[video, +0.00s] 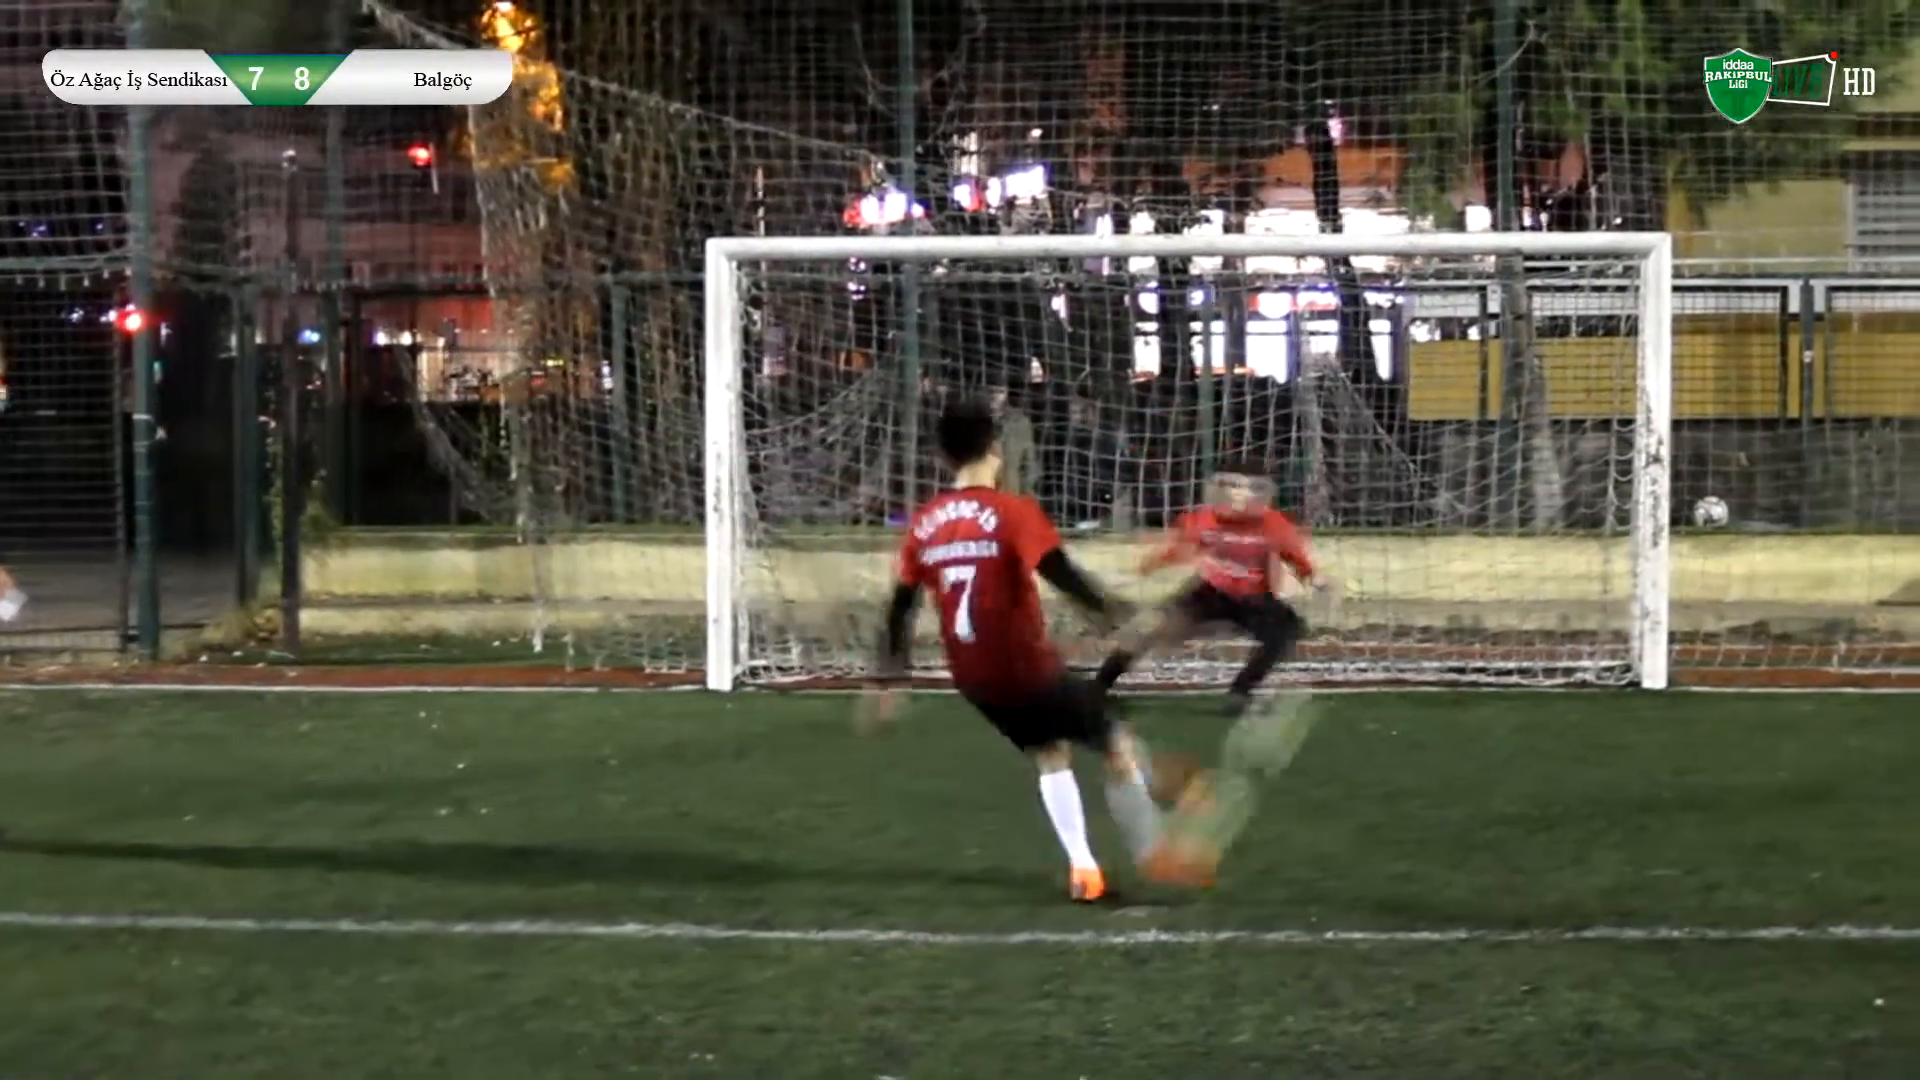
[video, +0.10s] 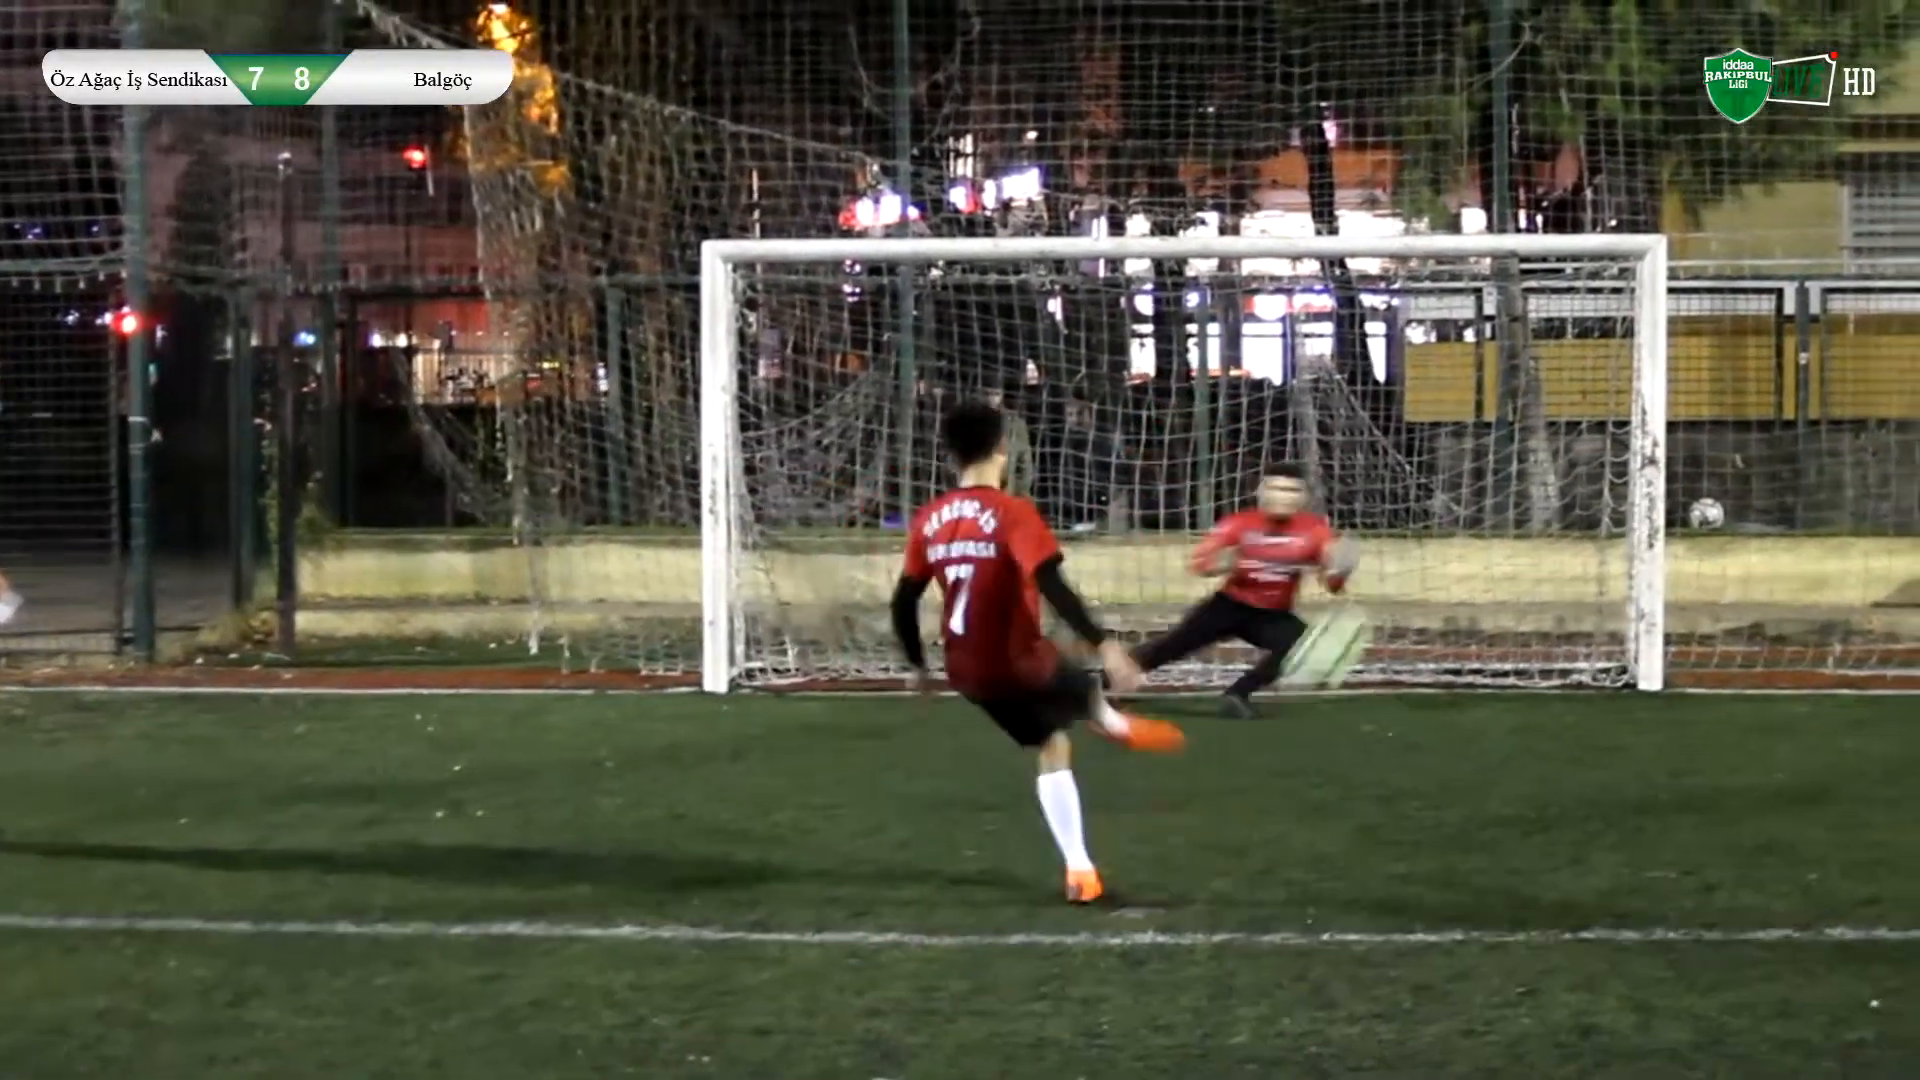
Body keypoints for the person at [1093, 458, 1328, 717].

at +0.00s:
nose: (1235, 495)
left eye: (1245, 488)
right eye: (1229, 486)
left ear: (1259, 495)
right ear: (1219, 489)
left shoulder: (1270, 524)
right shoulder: (1203, 520)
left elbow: (1296, 555)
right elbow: (1179, 548)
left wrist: (1313, 576)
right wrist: (1149, 564)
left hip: (1254, 601)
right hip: (1209, 595)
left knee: (1283, 631)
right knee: (1155, 627)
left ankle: (1240, 692)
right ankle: (1098, 687)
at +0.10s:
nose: (1282, 498)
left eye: (1291, 491)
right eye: (1275, 490)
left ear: (1303, 497)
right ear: (1262, 493)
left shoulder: (1314, 530)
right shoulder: (1242, 525)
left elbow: (1333, 585)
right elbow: (1199, 562)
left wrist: (1340, 568)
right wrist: (1222, 564)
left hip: (1272, 616)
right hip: (1229, 608)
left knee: (1300, 639)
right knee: (1180, 642)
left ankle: (1238, 694)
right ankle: (1112, 674)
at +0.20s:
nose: (1336, 508)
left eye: (1344, 502)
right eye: (1329, 498)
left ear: (1352, 508)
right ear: (1311, 499)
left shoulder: (1353, 542)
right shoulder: (1282, 529)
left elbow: (1382, 572)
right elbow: (1234, 560)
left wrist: (1397, 575)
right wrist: (1283, 552)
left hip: (1294, 623)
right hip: (1254, 614)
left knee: (1321, 664)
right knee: (1197, 648)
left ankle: (1250, 690)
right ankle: (1124, 674)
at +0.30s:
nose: (1378, 508)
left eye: (1387, 503)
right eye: (1374, 500)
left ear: (1398, 510)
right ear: (1360, 502)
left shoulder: (1395, 551)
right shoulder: (1342, 531)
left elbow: (1432, 580)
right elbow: (1328, 540)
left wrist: (1447, 559)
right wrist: (1366, 522)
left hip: (1321, 640)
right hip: (1287, 618)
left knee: (1339, 690)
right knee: (1217, 656)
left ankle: (1257, 694)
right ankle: (1133, 690)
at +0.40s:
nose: (1427, 531)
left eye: (1427, 525)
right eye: (1418, 522)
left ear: (1413, 530)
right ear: (1394, 525)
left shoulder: (1409, 561)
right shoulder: (1380, 544)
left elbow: (1457, 570)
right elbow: (1407, 512)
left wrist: (1495, 543)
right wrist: (1457, 507)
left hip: (1340, 649)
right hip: (1316, 629)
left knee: (1337, 704)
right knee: (1239, 662)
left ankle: (1257, 701)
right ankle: (1156, 691)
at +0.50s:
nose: (1491, 555)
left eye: (1492, 552)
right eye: (1488, 546)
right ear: (1481, 538)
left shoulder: (1473, 578)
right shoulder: (1449, 552)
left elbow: (1501, 572)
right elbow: (1466, 534)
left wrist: (1527, 543)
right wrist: (1508, 521)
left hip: (1390, 657)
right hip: (1373, 630)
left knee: (1332, 704)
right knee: (1291, 664)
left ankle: (1245, 713)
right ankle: (1210, 696)